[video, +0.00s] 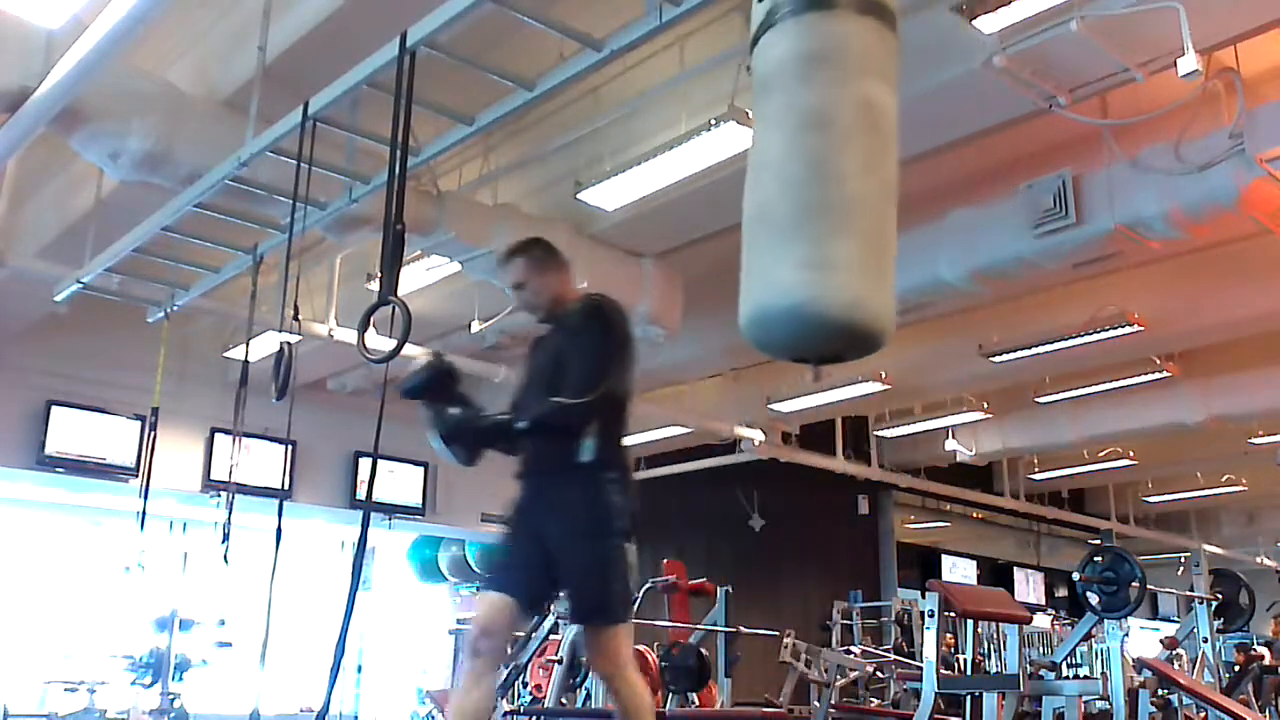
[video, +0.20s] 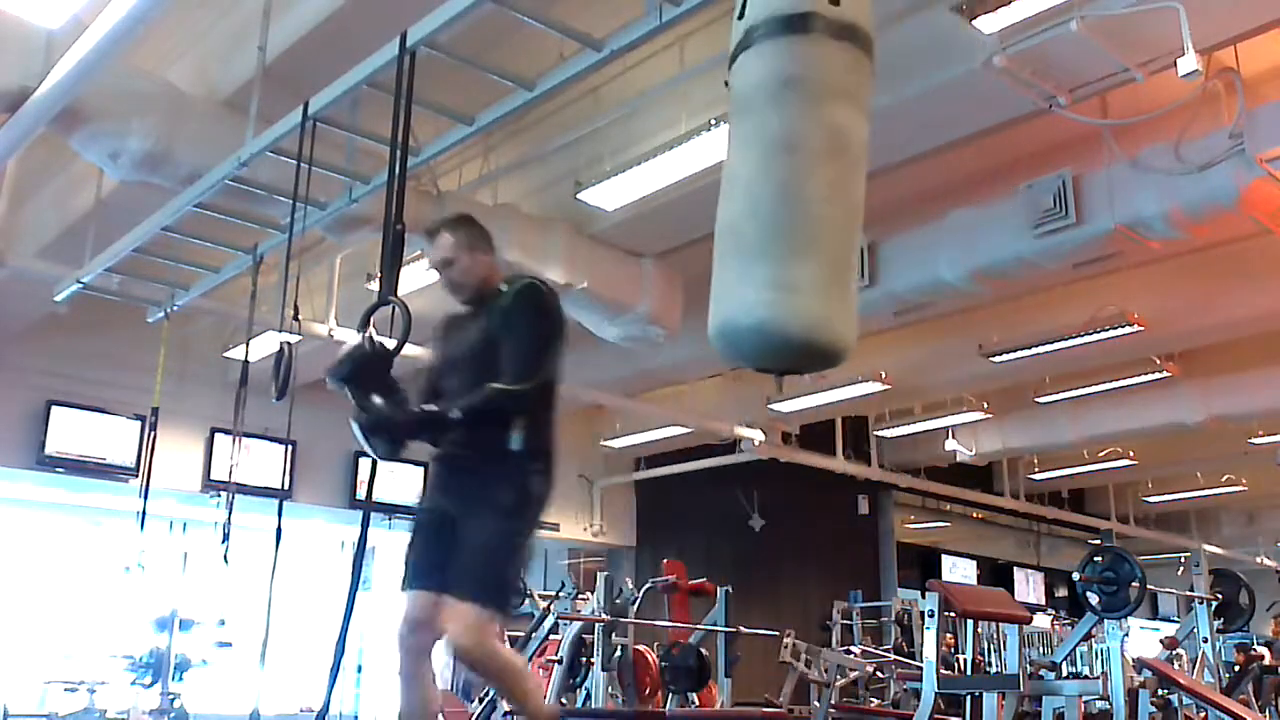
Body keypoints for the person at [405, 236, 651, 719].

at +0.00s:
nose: (519, 301)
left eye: (522, 286)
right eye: (513, 291)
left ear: (555, 272)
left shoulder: (597, 314)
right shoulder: (546, 345)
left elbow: (579, 410)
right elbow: (524, 434)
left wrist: (495, 427)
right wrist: (459, 410)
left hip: (589, 502)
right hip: (539, 502)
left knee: (611, 660)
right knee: (485, 638)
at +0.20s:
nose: (443, 278)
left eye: (448, 264)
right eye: (437, 269)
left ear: (482, 253)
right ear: (445, 267)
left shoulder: (527, 299)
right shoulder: (454, 328)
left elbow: (517, 391)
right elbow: (441, 409)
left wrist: (433, 417)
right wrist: (390, 406)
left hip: (504, 485)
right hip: (450, 482)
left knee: (469, 637)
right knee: (416, 634)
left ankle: (546, 713)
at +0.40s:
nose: (392, 239)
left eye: (401, 226)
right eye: (383, 229)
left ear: (433, 217)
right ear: (375, 231)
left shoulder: (476, 275)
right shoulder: (381, 287)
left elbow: (474, 372)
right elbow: (338, 384)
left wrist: (403, 373)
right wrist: (326, 363)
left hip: (443, 455)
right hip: (385, 456)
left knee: (373, 595)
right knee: (382, 618)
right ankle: (410, 716)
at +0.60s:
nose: (324, 222)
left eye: (334, 207)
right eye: (316, 212)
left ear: (369, 199)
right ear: (311, 216)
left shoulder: (419, 271)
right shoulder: (314, 273)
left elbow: (409, 380)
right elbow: (280, 360)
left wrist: (317, 359)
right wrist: (272, 336)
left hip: (364, 461)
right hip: (307, 456)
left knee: (288, 622)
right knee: (306, 637)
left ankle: (262, 714)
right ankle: (357, 712)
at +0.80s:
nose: (270, 178)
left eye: (278, 162)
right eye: (259, 170)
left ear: (311, 153)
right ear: (253, 176)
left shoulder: (366, 237)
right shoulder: (245, 241)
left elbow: (357, 335)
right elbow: (194, 334)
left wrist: (257, 284)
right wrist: (246, 289)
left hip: (306, 450)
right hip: (234, 436)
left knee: (244, 628)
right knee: (148, 589)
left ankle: (232, 717)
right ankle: (202, 705)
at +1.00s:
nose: (223, 130)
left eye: (236, 115)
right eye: (209, 120)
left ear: (271, 113)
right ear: (198, 127)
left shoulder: (312, 184)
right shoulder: (185, 196)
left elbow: (324, 279)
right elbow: (130, 303)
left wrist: (226, 256)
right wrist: (187, 251)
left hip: (259, 426)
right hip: (167, 415)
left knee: (232, 627)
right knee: (94, 593)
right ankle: (28, 716)